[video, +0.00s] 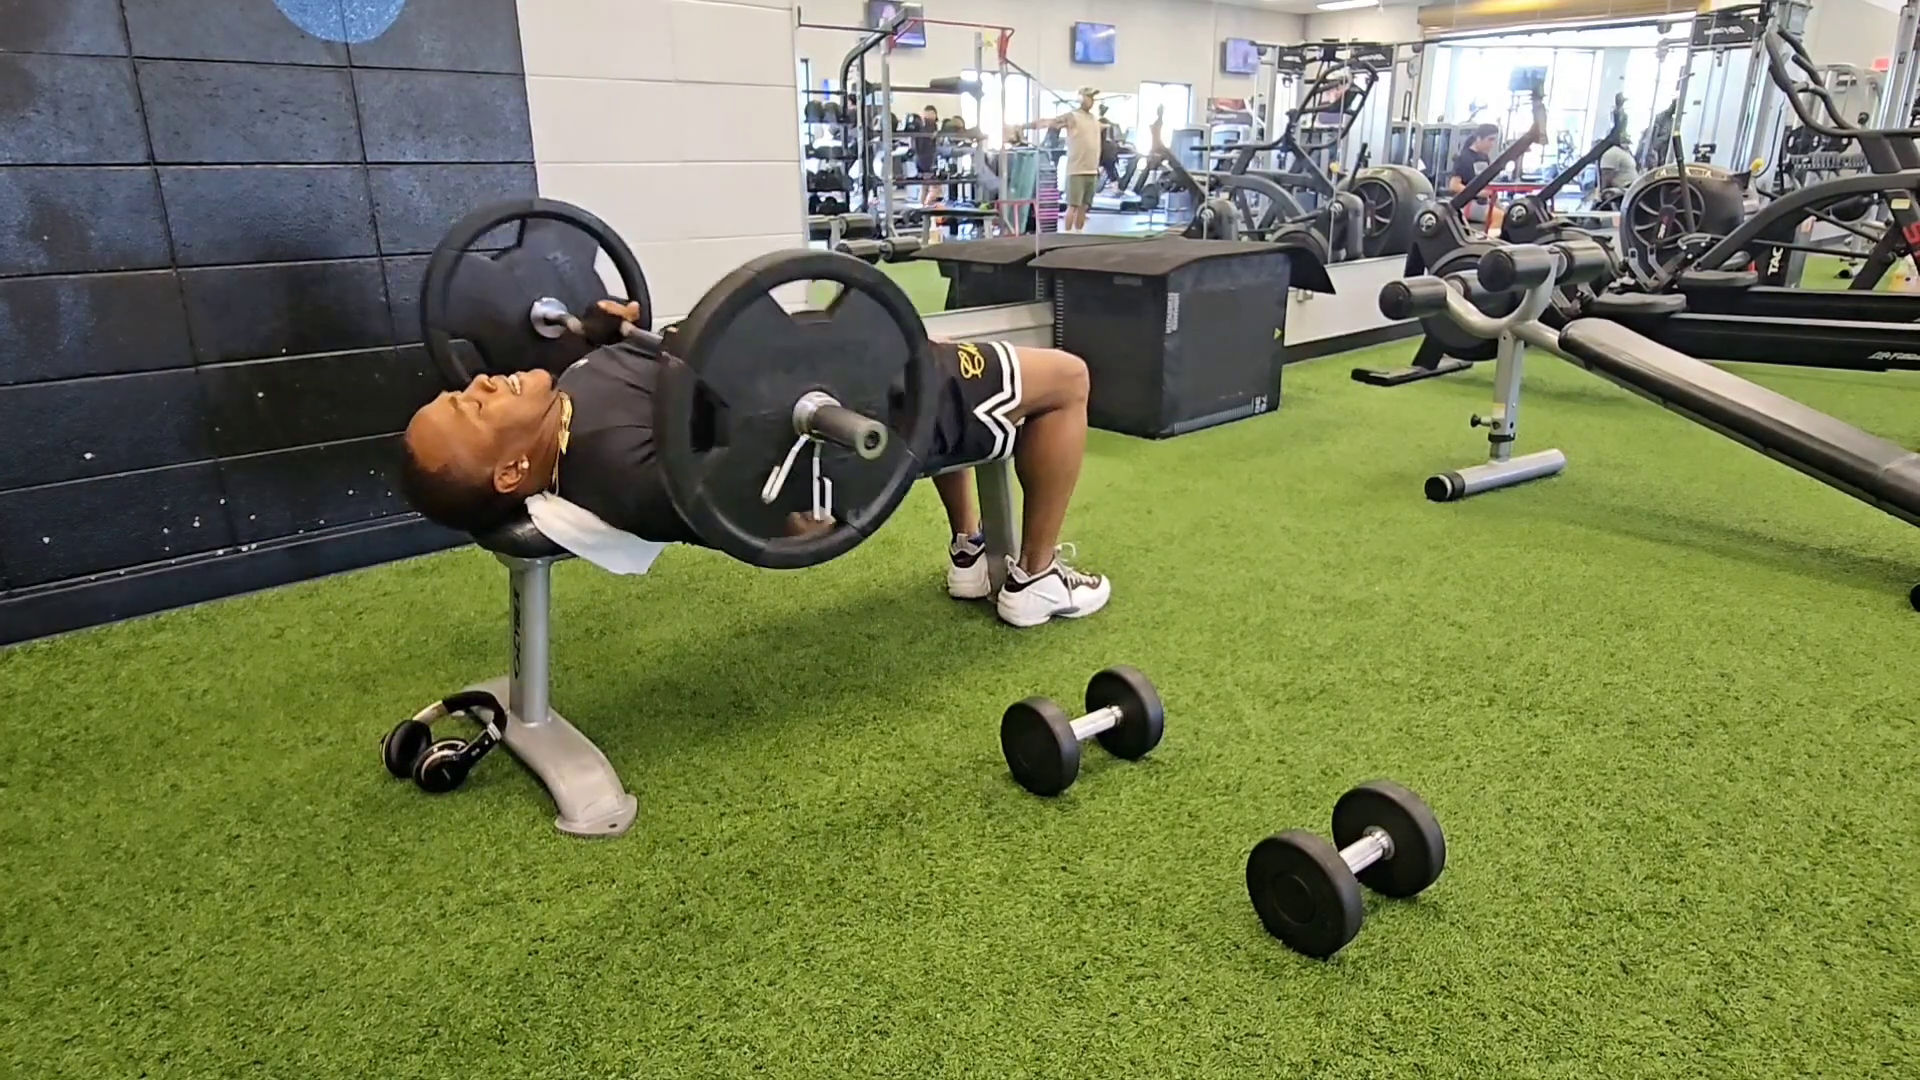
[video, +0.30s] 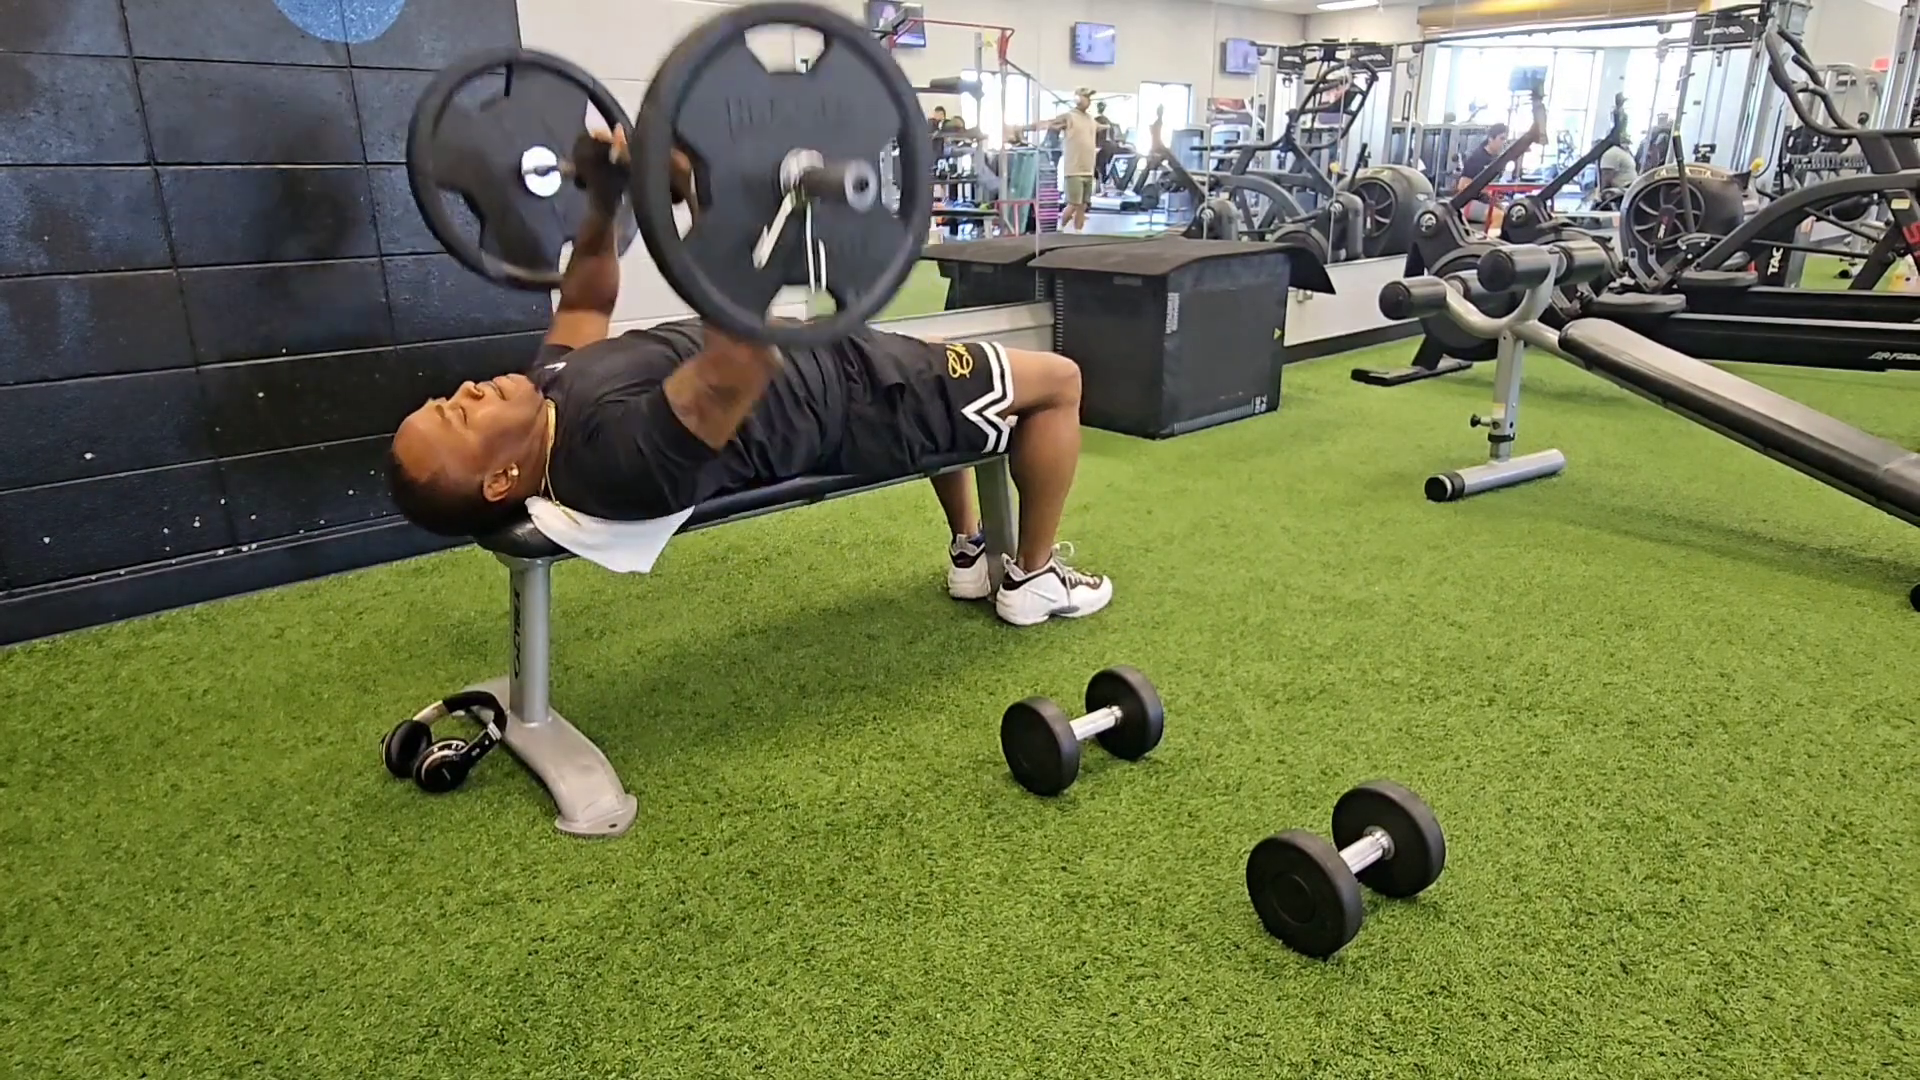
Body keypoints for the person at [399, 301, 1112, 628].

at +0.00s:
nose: (490, 375)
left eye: (466, 385)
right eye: (477, 400)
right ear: (515, 474)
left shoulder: (550, 395)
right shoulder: (632, 477)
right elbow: (779, 514)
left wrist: (618, 333)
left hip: (783, 370)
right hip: (846, 426)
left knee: (922, 346)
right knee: (1067, 376)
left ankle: (972, 544)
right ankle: (1037, 576)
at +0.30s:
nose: (475, 382)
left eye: (451, 397)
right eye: (462, 413)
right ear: (506, 477)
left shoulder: (541, 392)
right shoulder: (612, 458)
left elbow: (581, 308)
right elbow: (729, 369)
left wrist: (596, 207)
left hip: (804, 358)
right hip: (841, 400)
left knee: (928, 358)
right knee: (1059, 380)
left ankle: (971, 545)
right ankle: (1035, 574)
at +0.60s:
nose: (482, 378)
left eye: (454, 389)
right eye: (465, 406)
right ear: (507, 478)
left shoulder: (554, 400)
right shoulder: (616, 459)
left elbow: (612, 321)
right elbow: (737, 406)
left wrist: (606, 221)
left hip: (793, 362)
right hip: (834, 405)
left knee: (926, 353)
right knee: (1060, 380)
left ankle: (972, 547)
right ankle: (1035, 573)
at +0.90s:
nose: (479, 378)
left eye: (457, 387)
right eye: (468, 406)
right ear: (513, 475)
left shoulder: (550, 389)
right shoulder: (617, 465)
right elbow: (736, 493)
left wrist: (600, 327)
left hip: (785, 360)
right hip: (851, 414)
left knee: (924, 345)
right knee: (1066, 380)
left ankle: (972, 544)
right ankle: (1036, 572)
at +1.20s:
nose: (416, 337)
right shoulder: (609, 443)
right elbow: (665, 326)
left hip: (777, 350)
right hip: (846, 388)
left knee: (926, 348)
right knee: (1056, 375)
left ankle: (972, 544)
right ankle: (1035, 570)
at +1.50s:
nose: (432, 412)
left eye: (423, 422)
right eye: (431, 425)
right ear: (481, 483)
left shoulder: (444, 435)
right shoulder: (587, 470)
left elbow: (383, 338)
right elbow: (513, 388)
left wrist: (365, 477)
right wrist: (397, 492)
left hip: (769, 340)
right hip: (833, 381)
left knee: (923, 344)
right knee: (1055, 372)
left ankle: (970, 543)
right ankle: (1032, 568)